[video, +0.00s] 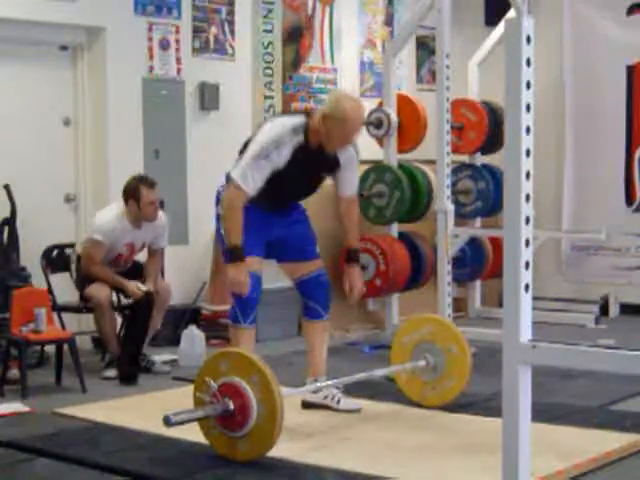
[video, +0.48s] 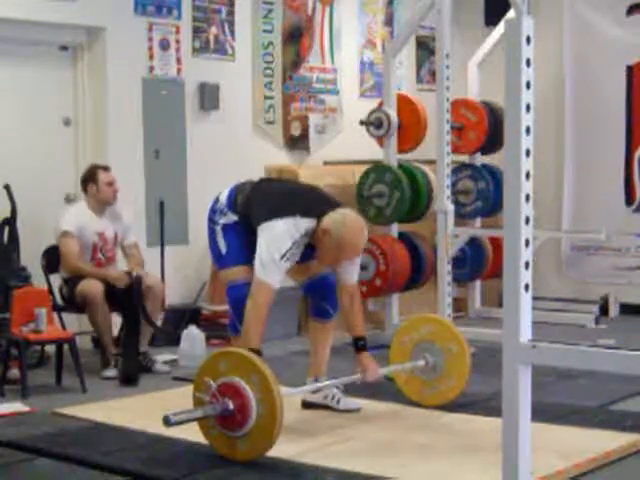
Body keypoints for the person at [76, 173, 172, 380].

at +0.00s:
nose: (156, 209)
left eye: (157, 203)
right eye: (151, 204)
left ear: (157, 201)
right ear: (132, 205)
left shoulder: (159, 221)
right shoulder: (106, 223)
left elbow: (155, 254)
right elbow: (90, 265)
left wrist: (151, 282)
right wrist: (125, 285)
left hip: (128, 266)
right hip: (99, 268)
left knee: (162, 291)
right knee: (101, 296)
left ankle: (139, 350)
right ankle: (115, 356)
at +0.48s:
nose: (115, 189)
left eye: (115, 184)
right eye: (109, 184)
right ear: (91, 189)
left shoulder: (116, 215)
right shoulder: (73, 216)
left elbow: (133, 252)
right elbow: (70, 263)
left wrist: (135, 270)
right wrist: (109, 274)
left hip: (113, 274)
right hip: (80, 277)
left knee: (154, 286)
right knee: (95, 289)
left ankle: (142, 350)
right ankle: (110, 357)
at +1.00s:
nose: (127, 191)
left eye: (126, 186)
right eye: (121, 186)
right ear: (104, 191)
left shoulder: (126, 215)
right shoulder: (83, 214)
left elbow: (140, 252)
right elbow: (78, 261)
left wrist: (143, 277)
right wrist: (114, 286)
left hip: (118, 275)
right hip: (85, 277)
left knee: (161, 288)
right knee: (96, 293)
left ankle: (152, 352)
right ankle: (98, 359)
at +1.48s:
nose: (138, 195)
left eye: (137, 189)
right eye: (132, 191)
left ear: (118, 195)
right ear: (114, 195)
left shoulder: (139, 216)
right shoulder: (91, 216)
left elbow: (147, 256)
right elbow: (86, 264)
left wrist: (140, 283)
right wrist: (120, 291)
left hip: (122, 277)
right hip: (89, 278)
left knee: (162, 289)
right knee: (99, 294)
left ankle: (151, 352)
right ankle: (98, 359)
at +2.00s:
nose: (160, 230)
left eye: (160, 225)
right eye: (156, 226)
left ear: (142, 227)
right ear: (140, 227)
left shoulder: (154, 239)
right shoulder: (106, 235)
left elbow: (152, 263)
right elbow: (76, 267)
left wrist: (146, 275)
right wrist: (114, 284)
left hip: (124, 280)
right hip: (91, 280)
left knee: (166, 289)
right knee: (94, 295)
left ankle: (150, 352)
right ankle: (96, 358)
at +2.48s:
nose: (191, 169)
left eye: (191, 163)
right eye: (187, 164)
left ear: (175, 166)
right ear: (170, 167)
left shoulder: (183, 192)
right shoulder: (142, 188)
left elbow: (171, 239)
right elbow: (118, 232)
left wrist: (161, 275)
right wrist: (125, 279)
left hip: (142, 245)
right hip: (109, 241)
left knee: (170, 289)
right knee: (108, 294)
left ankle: (151, 352)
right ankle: (98, 357)